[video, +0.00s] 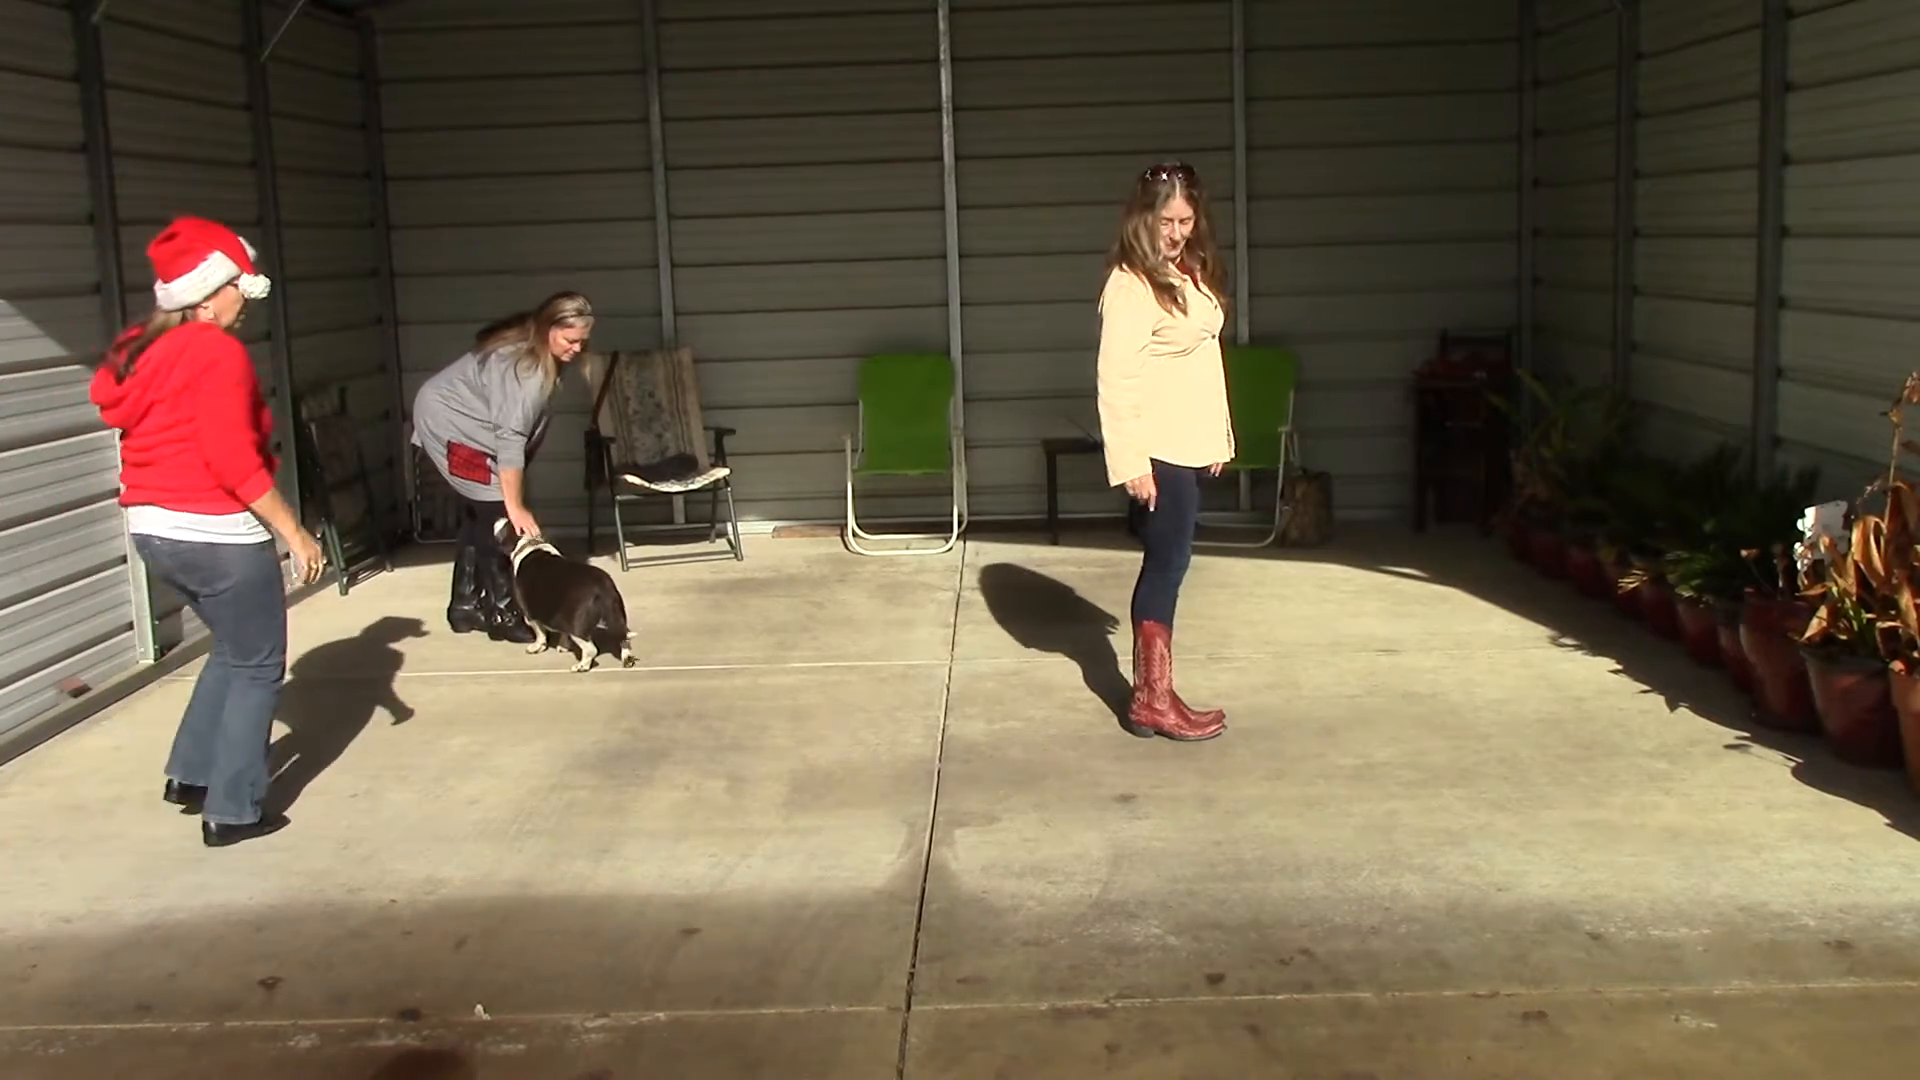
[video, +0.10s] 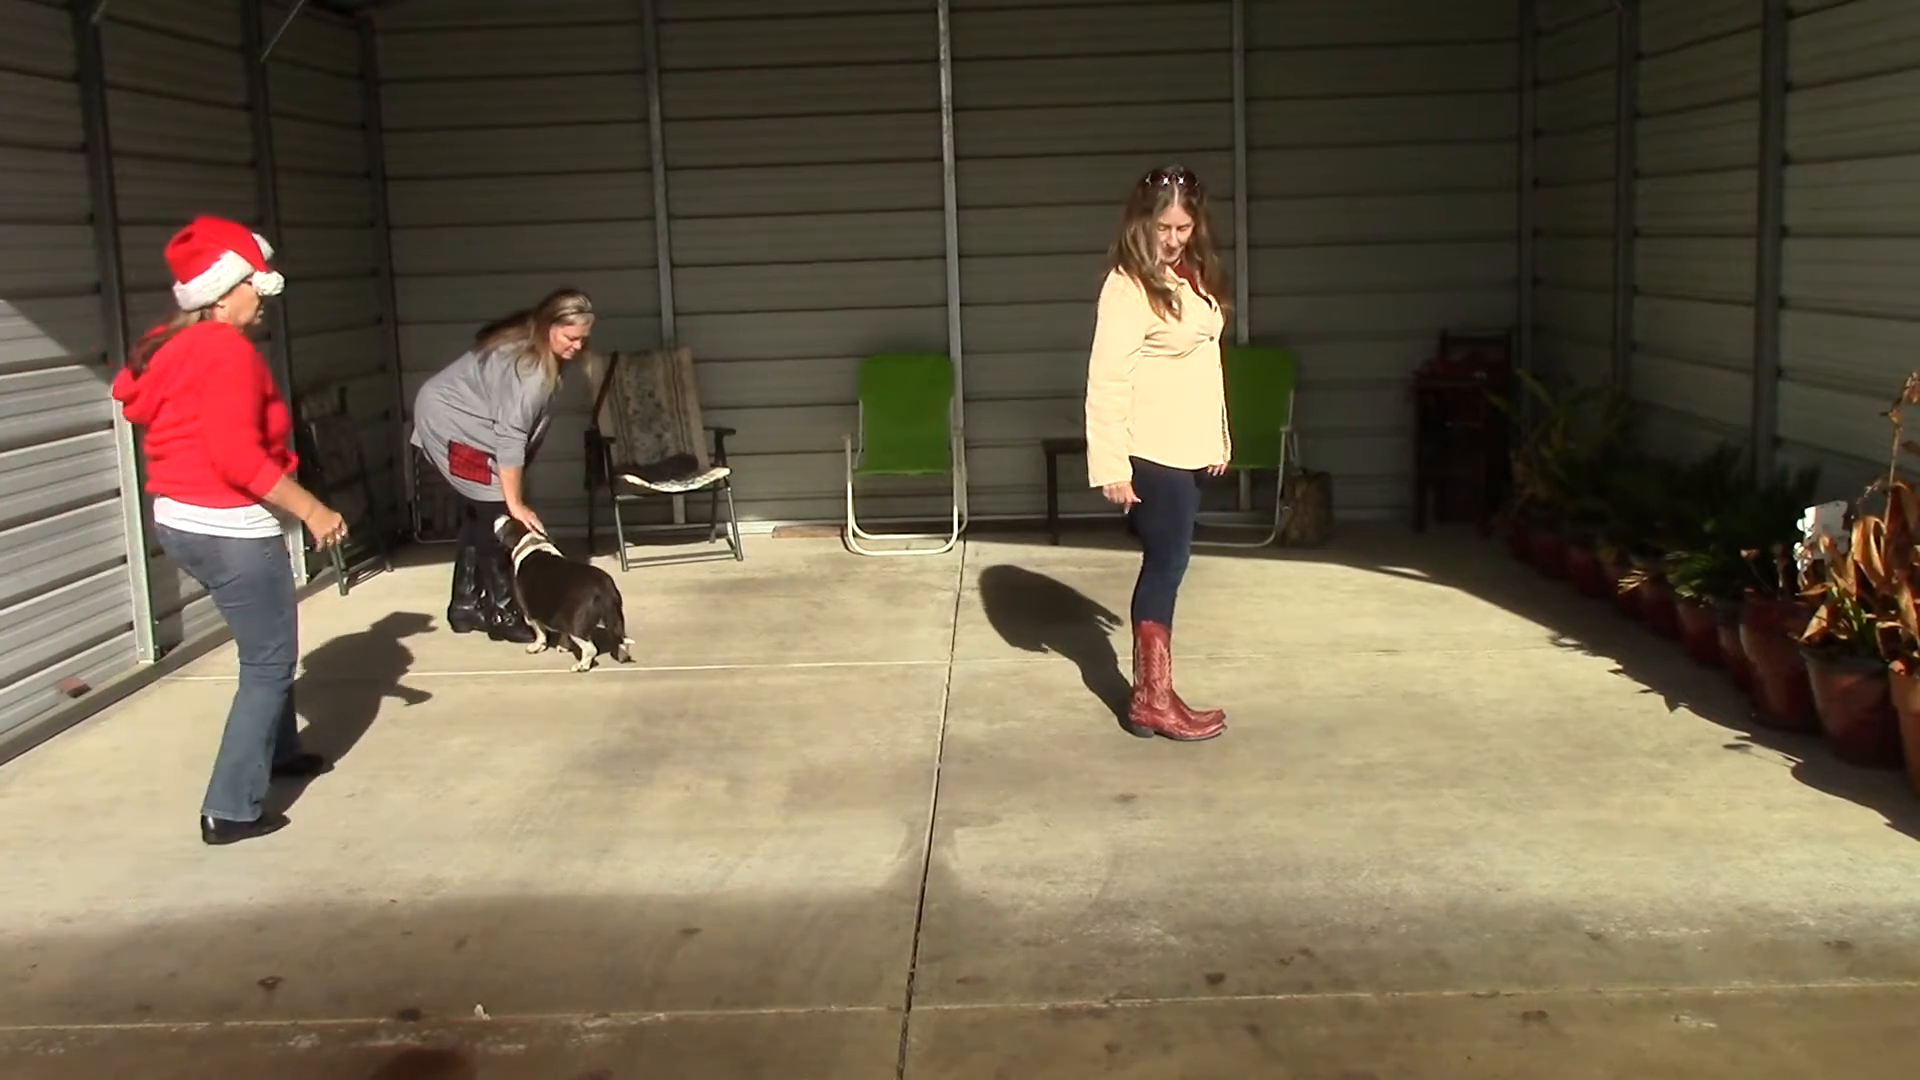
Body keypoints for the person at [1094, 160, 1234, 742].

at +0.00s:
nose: (1176, 232)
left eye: (1184, 221)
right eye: (1166, 221)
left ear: (1194, 222)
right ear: (1143, 220)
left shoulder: (1188, 278)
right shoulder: (1128, 284)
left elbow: (1205, 367)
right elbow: (1114, 381)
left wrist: (1216, 440)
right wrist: (1131, 461)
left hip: (1189, 443)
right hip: (1158, 446)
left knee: (1170, 560)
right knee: (1165, 561)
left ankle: (1157, 694)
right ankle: (1150, 697)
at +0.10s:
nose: (1174, 238)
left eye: (1184, 228)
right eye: (1164, 226)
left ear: (1196, 226)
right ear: (1142, 223)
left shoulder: (1191, 280)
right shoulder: (1126, 284)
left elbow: (1206, 371)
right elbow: (1106, 379)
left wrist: (1216, 439)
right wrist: (1109, 462)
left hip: (1187, 445)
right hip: (1150, 447)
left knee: (1170, 560)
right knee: (1165, 560)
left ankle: (1158, 694)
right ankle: (1149, 698)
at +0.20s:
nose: (1174, 245)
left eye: (1184, 234)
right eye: (1164, 233)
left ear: (1197, 231)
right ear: (1142, 227)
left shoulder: (1192, 283)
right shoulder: (1125, 287)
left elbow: (1210, 366)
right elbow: (1101, 380)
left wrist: (1223, 427)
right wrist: (1099, 465)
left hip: (1183, 448)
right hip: (1146, 448)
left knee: (1165, 561)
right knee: (1163, 561)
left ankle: (1154, 695)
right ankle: (1151, 698)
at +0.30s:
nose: (1174, 252)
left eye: (1184, 241)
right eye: (1165, 239)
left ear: (1198, 237)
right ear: (1144, 231)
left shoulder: (1196, 287)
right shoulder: (1124, 290)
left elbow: (1215, 363)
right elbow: (1098, 383)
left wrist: (1226, 422)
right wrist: (1097, 466)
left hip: (1184, 450)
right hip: (1143, 450)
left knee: (1163, 562)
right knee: (1160, 562)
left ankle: (1155, 695)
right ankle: (1150, 698)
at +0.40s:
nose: (1173, 257)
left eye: (1184, 247)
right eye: (1164, 245)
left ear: (1199, 241)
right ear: (1145, 235)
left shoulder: (1202, 287)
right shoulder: (1123, 293)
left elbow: (1219, 359)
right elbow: (1096, 384)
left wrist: (1227, 422)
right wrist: (1096, 466)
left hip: (1187, 450)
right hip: (1142, 449)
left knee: (1166, 562)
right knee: (1158, 563)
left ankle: (1157, 695)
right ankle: (1149, 698)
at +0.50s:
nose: (1174, 261)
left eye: (1186, 251)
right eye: (1165, 249)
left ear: (1202, 245)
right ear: (1147, 238)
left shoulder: (1210, 291)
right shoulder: (1124, 294)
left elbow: (1222, 363)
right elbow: (1095, 383)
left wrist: (1227, 425)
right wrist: (1092, 464)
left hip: (1190, 451)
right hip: (1139, 450)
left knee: (1168, 564)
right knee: (1155, 564)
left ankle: (1157, 695)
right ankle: (1148, 699)